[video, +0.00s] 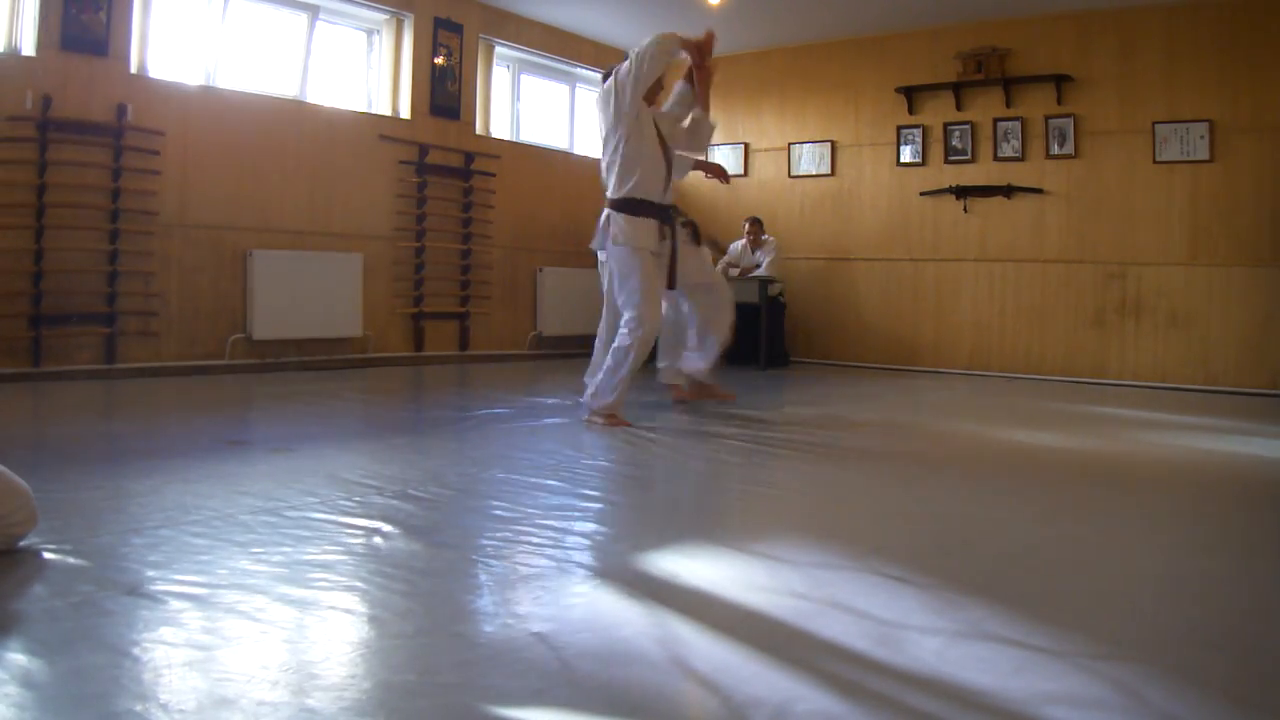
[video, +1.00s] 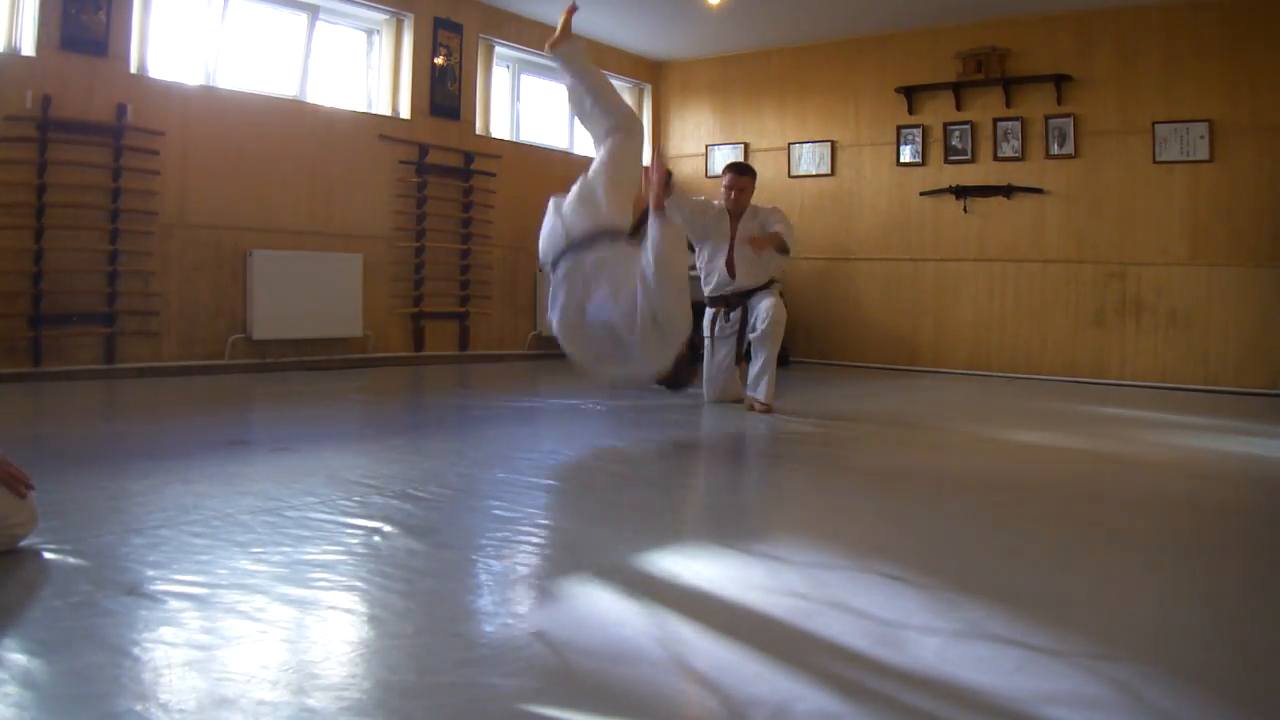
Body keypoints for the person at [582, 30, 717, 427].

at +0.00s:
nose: (662, 88)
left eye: (664, 83)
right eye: (657, 81)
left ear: (654, 89)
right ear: (635, 79)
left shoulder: (654, 123)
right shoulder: (618, 102)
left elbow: (695, 134)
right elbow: (652, 50)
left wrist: (702, 85)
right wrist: (691, 46)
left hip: (645, 227)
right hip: (627, 226)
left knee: (616, 321)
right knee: (642, 319)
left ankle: (595, 396)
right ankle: (601, 405)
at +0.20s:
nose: (689, 96)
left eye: (692, 89)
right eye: (680, 89)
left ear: (698, 93)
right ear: (664, 93)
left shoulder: (707, 124)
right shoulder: (653, 132)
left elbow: (748, 90)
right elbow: (644, 98)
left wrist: (709, 54)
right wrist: (669, 49)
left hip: (714, 242)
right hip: (671, 242)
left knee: (748, 321)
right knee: (659, 327)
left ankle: (753, 397)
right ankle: (608, 405)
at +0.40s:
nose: (725, 149)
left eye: (731, 143)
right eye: (718, 143)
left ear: (742, 139)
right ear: (708, 139)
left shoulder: (757, 153)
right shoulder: (694, 164)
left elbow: (756, 167)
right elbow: (683, 212)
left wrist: (731, 159)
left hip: (752, 253)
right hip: (707, 253)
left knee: (773, 329)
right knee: (702, 311)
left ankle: (759, 399)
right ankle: (712, 385)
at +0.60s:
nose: (745, 191)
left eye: (753, 185)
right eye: (740, 183)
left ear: (766, 180)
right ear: (732, 176)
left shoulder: (782, 207)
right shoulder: (714, 196)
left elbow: (767, 264)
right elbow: (683, 239)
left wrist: (721, 299)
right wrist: (674, 286)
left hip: (766, 280)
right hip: (723, 280)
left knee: (784, 332)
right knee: (713, 378)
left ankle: (763, 401)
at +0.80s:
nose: (741, 206)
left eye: (749, 201)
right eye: (737, 198)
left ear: (762, 200)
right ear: (729, 194)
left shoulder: (777, 227)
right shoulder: (711, 215)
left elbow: (783, 271)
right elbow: (673, 238)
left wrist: (744, 294)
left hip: (760, 308)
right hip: (723, 308)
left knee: (773, 314)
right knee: (717, 392)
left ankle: (761, 397)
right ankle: (748, 383)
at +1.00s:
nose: (733, 196)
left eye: (741, 190)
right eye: (728, 189)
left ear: (752, 191)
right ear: (721, 188)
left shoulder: (767, 216)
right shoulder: (706, 214)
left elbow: (785, 238)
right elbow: (678, 204)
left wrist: (767, 241)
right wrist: (663, 188)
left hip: (758, 297)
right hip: (719, 305)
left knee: (772, 311)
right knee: (715, 393)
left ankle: (759, 394)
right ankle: (744, 384)